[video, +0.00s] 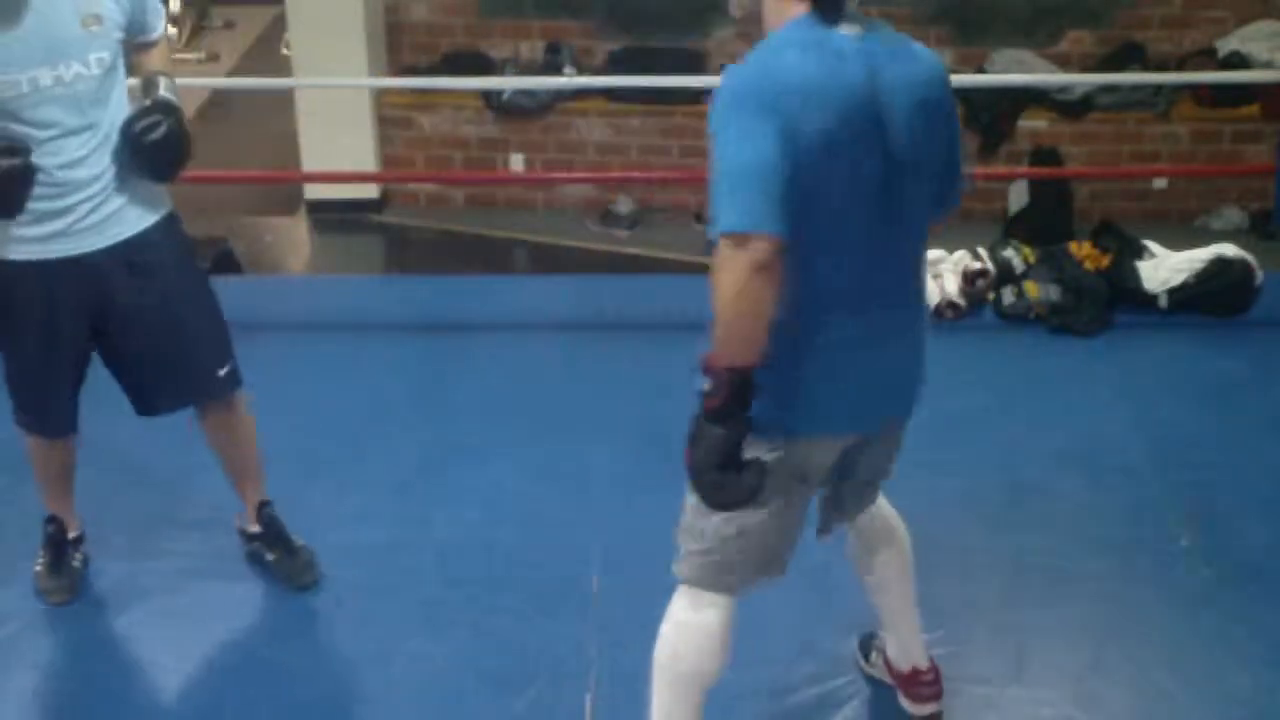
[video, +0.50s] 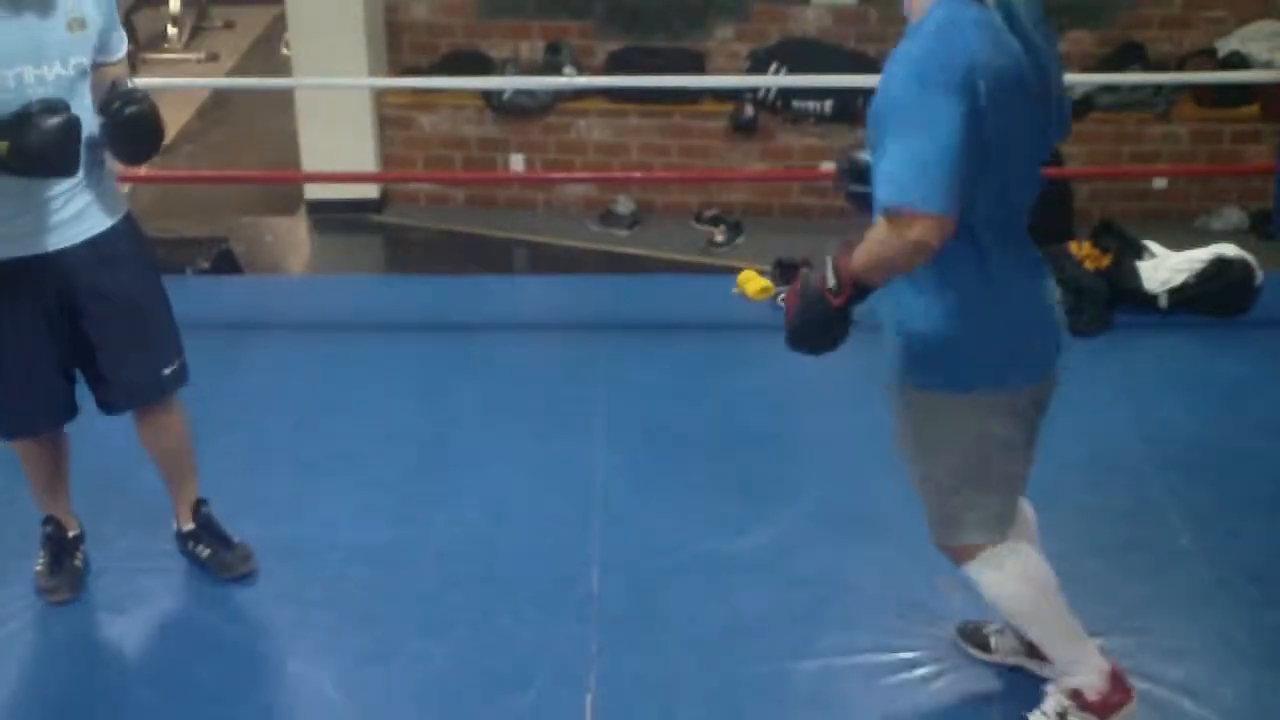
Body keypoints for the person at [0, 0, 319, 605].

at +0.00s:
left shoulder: (116, 4)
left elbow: (148, 46)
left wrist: (161, 103)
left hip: (134, 224)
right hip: (26, 249)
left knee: (217, 383)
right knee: (44, 415)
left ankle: (259, 518)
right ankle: (61, 532)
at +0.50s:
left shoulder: (91, 7)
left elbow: (110, 83)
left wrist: (129, 123)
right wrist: (4, 146)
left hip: (96, 227)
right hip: (9, 248)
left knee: (154, 385)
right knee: (29, 412)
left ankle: (192, 521)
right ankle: (59, 533)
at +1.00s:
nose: (59, 12)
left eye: (64, 3)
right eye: (43, 5)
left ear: (71, 3)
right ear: (11, 6)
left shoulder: (68, 30)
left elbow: (89, 112)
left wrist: (103, 146)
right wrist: (7, 183)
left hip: (42, 250)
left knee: (144, 385)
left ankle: (193, 522)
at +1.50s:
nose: (60, 65)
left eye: (62, 46)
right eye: (44, 54)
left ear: (67, 36)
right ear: (9, 60)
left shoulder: (73, 83)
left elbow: (111, 208)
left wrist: (121, 166)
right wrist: (34, 197)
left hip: (39, 270)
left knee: (170, 391)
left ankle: (258, 528)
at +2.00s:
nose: (52, 26)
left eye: (63, 14)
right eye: (39, 15)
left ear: (77, 11)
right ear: (8, 14)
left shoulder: (88, 50)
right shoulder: (3, 71)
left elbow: (172, 151)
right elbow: (3, 190)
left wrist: (164, 86)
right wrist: (54, 114)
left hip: (103, 260)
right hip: (12, 284)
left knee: (224, 374)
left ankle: (271, 522)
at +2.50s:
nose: (199, 9)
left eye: (205, 6)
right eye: (184, 5)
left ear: (211, 5)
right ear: (144, 1)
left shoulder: (227, 30)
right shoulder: (76, 35)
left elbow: (278, 160)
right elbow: (100, 177)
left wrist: (275, 87)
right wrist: (168, 107)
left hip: (198, 243)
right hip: (79, 250)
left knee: (297, 379)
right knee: (12, 394)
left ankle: (342, 527)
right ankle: (0, 496)